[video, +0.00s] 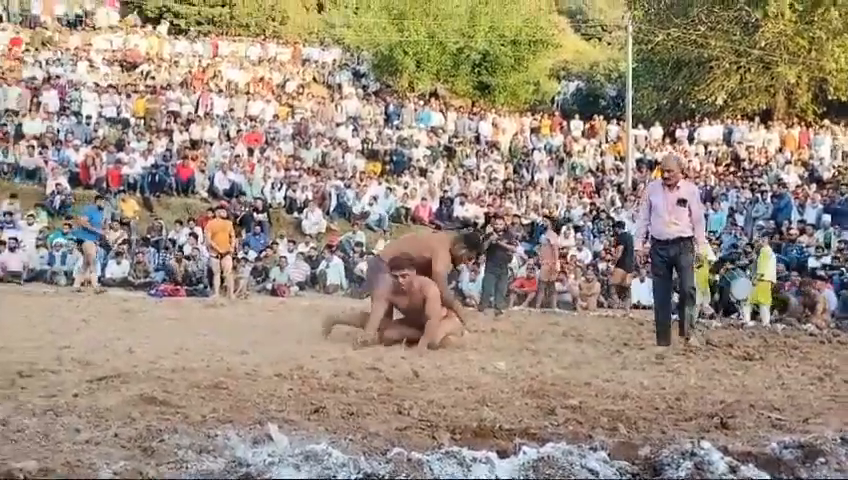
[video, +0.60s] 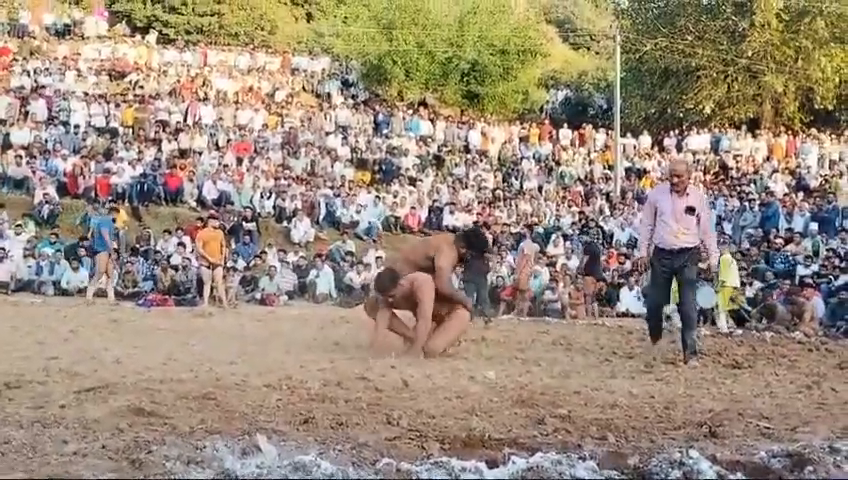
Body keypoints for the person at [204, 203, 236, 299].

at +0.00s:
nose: (223, 212)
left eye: (224, 210)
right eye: (221, 210)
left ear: (226, 212)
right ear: (216, 212)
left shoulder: (229, 223)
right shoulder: (210, 224)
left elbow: (232, 236)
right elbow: (208, 239)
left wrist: (232, 247)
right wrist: (217, 249)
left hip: (227, 252)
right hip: (214, 252)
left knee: (228, 273)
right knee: (216, 274)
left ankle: (230, 294)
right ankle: (216, 293)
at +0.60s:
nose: (217, 222)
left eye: (217, 220)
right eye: (214, 220)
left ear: (218, 221)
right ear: (209, 221)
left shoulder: (220, 233)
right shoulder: (201, 233)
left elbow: (223, 246)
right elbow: (199, 249)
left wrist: (222, 257)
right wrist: (210, 259)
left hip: (218, 261)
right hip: (205, 261)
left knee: (219, 282)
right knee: (207, 283)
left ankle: (224, 302)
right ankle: (205, 303)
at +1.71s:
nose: (208, 222)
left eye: (210, 220)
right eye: (206, 220)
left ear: (213, 221)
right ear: (202, 221)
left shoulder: (217, 234)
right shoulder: (194, 234)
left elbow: (222, 246)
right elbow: (191, 247)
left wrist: (216, 253)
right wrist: (195, 255)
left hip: (212, 259)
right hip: (199, 259)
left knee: (222, 275)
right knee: (190, 277)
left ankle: (220, 299)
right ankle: (195, 299)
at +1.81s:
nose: (208, 221)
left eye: (210, 219)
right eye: (206, 219)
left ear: (213, 220)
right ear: (202, 220)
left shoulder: (217, 233)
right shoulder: (194, 233)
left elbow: (222, 246)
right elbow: (191, 247)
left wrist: (215, 253)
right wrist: (197, 257)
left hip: (213, 259)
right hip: (199, 259)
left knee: (221, 275)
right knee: (189, 276)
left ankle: (219, 298)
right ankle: (194, 297)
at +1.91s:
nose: (208, 220)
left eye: (210, 218)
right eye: (206, 218)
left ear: (213, 220)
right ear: (201, 219)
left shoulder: (216, 232)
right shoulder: (193, 233)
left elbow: (222, 244)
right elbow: (191, 247)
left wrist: (215, 253)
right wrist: (196, 256)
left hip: (213, 259)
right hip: (199, 259)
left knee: (221, 275)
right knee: (189, 276)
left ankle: (218, 298)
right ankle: (194, 297)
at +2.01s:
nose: (207, 219)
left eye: (209, 217)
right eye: (204, 217)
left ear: (212, 218)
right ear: (200, 219)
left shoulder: (216, 231)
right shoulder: (194, 232)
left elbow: (222, 244)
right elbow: (190, 246)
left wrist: (215, 251)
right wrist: (196, 254)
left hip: (213, 258)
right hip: (199, 258)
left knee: (218, 275)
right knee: (190, 276)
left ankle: (217, 298)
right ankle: (194, 297)